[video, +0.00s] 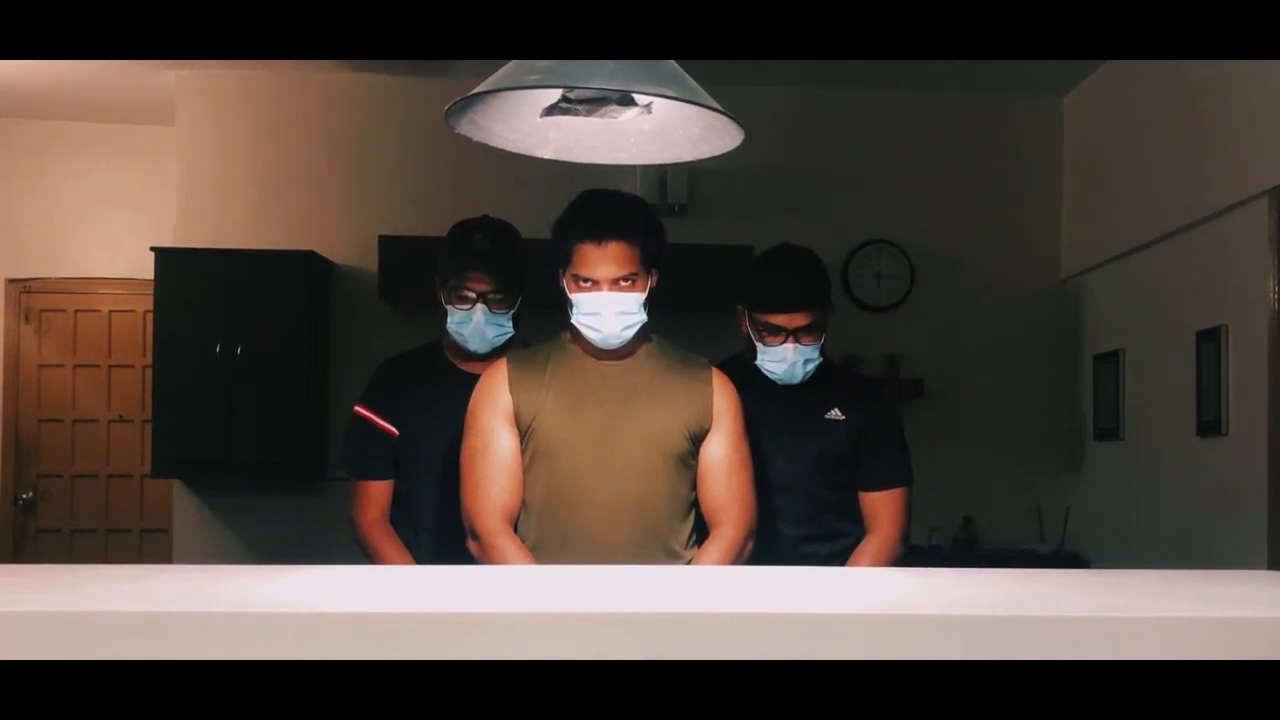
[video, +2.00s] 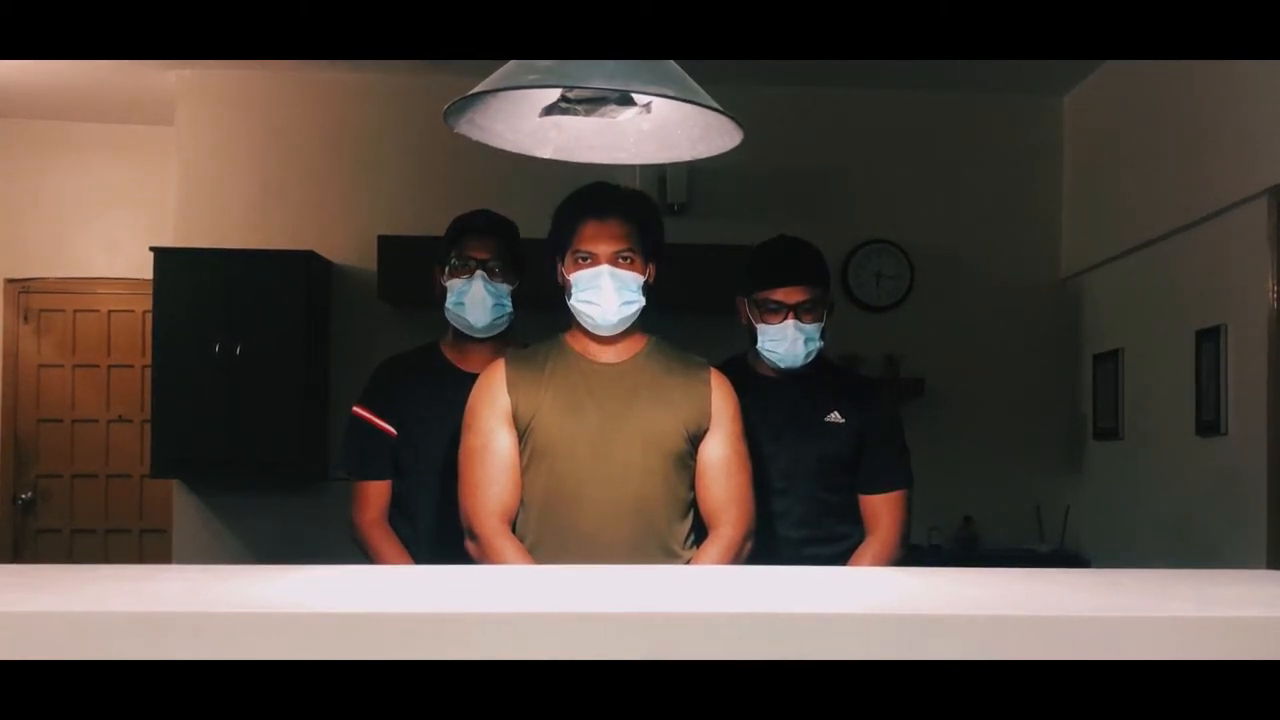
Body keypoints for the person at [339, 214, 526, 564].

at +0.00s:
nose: (479, 318)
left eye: (498, 301)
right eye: (463, 298)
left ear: (518, 301)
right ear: (441, 294)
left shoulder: (538, 384)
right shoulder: (399, 380)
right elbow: (369, 519)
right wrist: (422, 596)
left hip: (514, 591)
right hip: (426, 589)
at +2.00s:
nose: (479, 284)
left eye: (496, 270)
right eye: (463, 267)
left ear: (515, 283)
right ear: (442, 277)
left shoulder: (540, 382)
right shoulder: (397, 380)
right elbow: (369, 520)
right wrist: (422, 598)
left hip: (518, 593)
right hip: (427, 592)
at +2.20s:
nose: (477, 281)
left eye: (495, 268)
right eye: (462, 265)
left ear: (515, 283)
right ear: (442, 276)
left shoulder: (540, 383)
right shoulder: (397, 380)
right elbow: (369, 520)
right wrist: (422, 598)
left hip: (517, 594)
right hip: (426, 593)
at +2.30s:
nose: (478, 280)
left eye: (496, 267)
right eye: (462, 264)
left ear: (515, 282)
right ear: (442, 276)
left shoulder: (540, 382)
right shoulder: (397, 380)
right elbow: (369, 520)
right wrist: (422, 599)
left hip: (517, 594)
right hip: (426, 594)